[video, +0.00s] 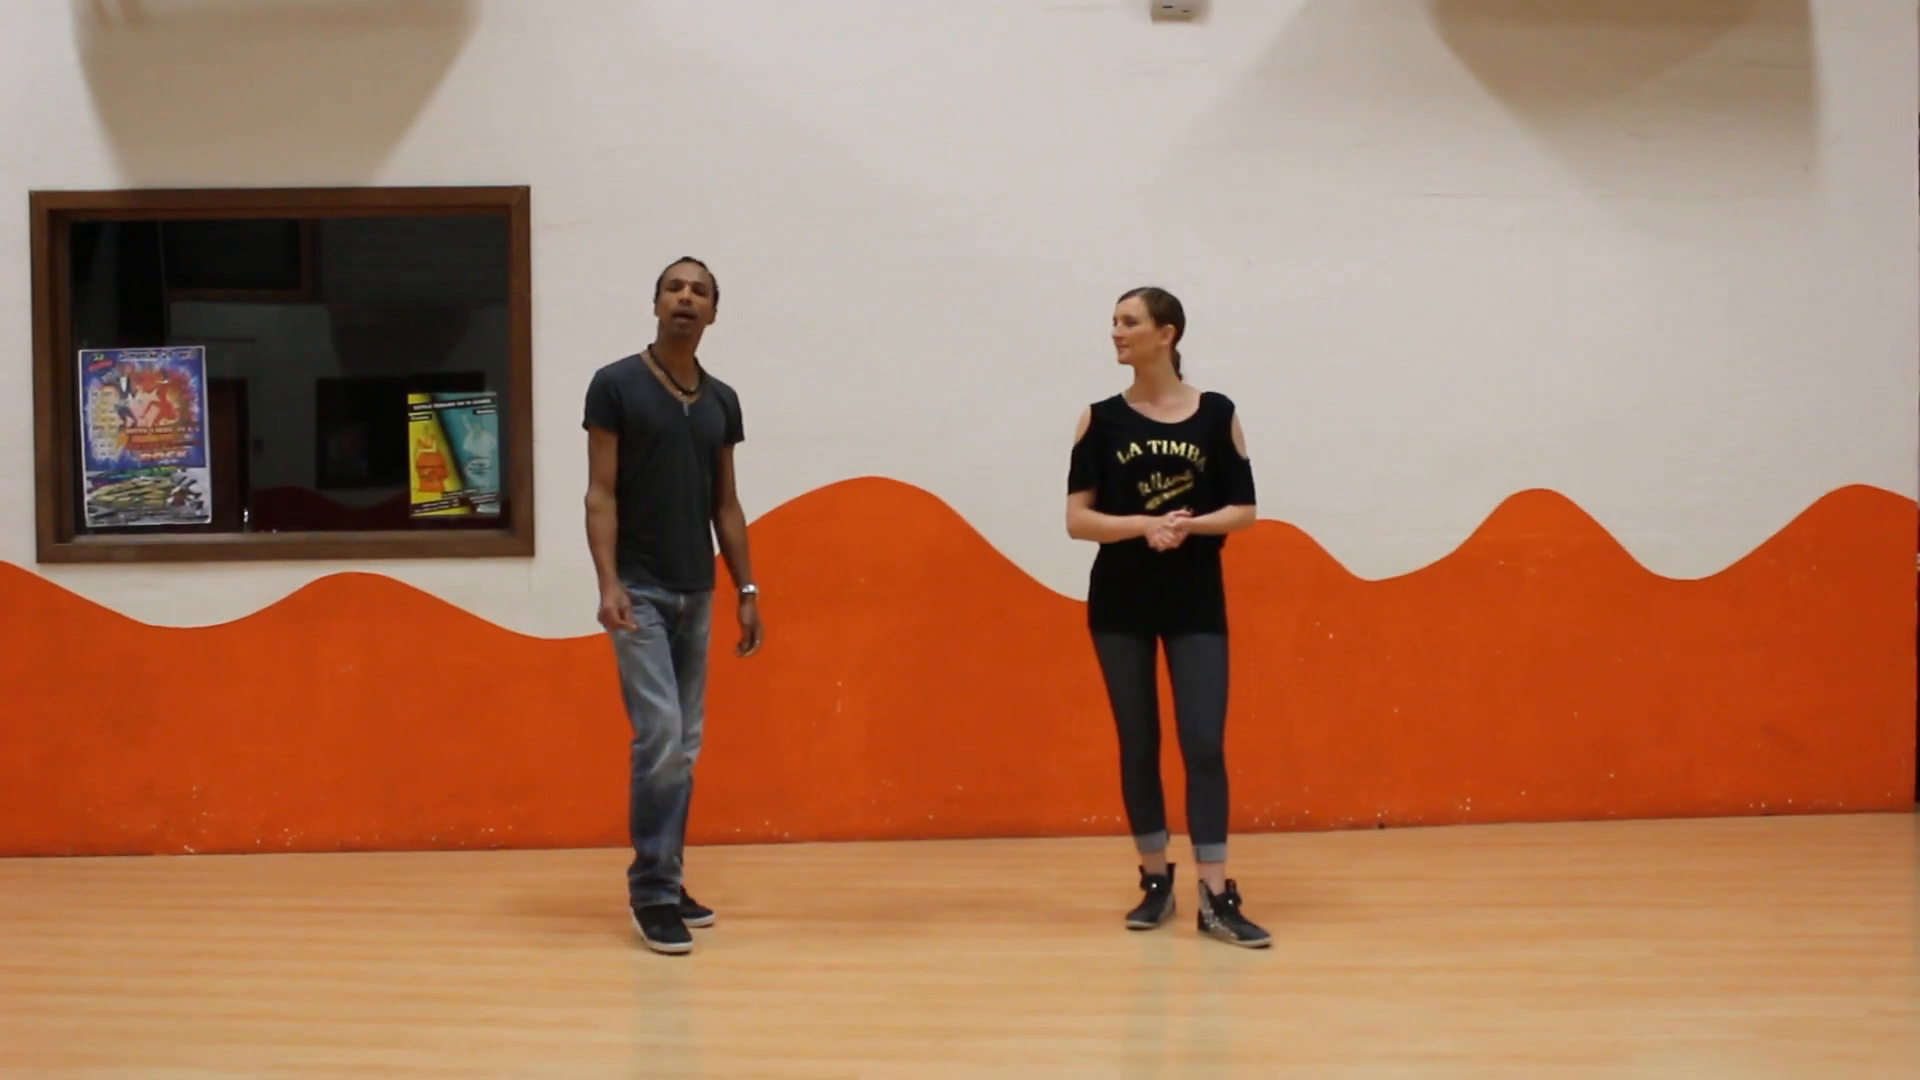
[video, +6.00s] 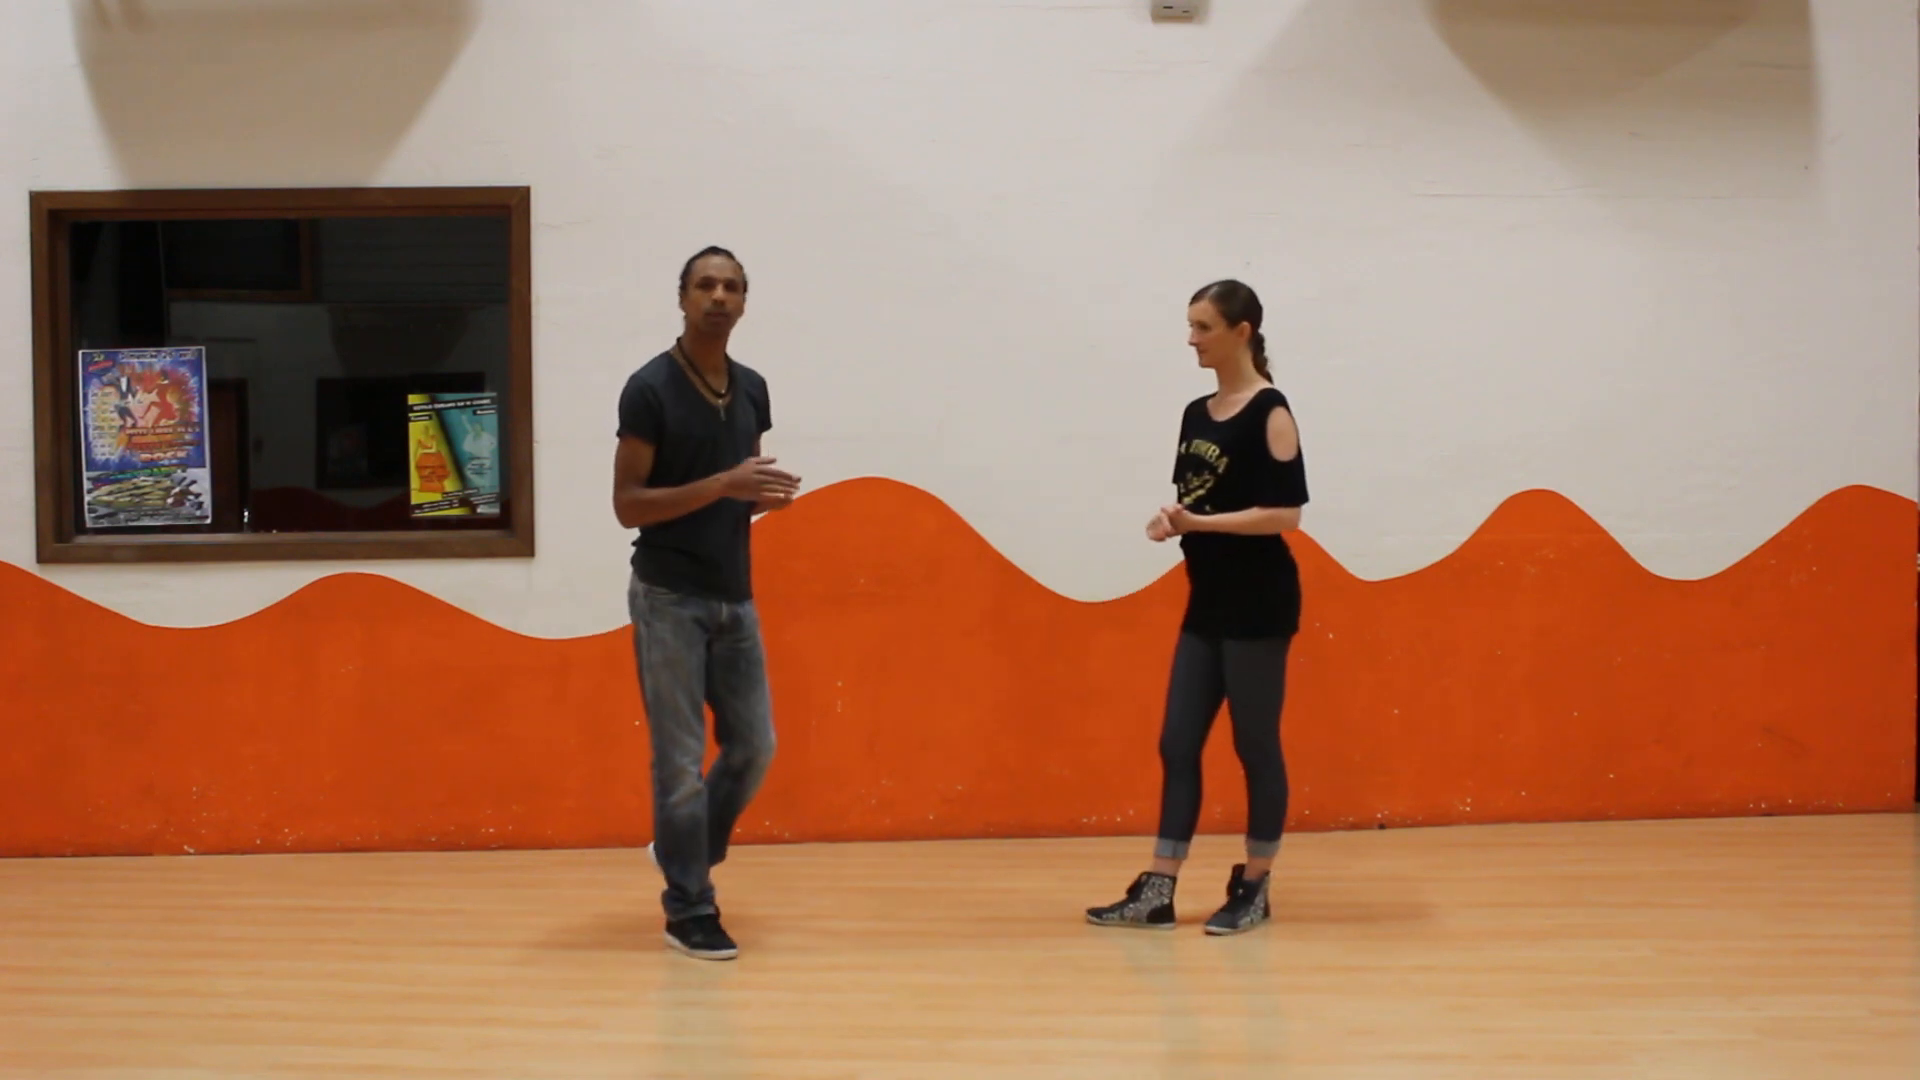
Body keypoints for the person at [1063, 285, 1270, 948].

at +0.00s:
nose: (1116, 333)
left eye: (1129, 322)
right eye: (1115, 323)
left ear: (1168, 333)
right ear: (1121, 336)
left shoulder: (1216, 413)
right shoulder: (1099, 420)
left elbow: (1243, 510)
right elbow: (1078, 519)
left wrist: (1191, 523)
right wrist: (1140, 525)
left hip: (1194, 599)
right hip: (1120, 600)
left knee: (1204, 747)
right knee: (1138, 745)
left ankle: (1216, 896)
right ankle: (1157, 883)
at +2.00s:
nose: (1121, 339)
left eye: (1134, 328)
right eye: (1117, 329)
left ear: (1169, 337)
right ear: (1114, 338)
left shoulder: (1212, 415)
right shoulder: (1096, 423)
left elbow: (1242, 510)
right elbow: (1076, 523)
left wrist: (1197, 524)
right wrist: (1142, 525)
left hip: (1194, 603)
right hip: (1120, 604)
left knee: (1205, 747)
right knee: (1138, 745)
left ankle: (1216, 896)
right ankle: (1157, 883)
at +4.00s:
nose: (1146, 336)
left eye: (1157, 325)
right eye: (1135, 326)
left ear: (1177, 337)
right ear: (1119, 338)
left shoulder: (1212, 413)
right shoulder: (1096, 424)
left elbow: (1244, 508)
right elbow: (1077, 524)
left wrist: (1198, 522)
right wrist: (1139, 521)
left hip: (1195, 602)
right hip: (1120, 604)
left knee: (1207, 747)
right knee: (1139, 746)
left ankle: (1216, 896)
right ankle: (1157, 883)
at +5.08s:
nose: (1137, 324)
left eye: (1150, 317)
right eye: (1140, 314)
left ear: (1186, 332)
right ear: (1171, 332)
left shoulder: (1198, 408)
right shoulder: (1160, 410)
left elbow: (1212, 508)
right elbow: (1170, 502)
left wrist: (1133, 522)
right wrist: (1124, 515)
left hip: (1212, 598)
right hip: (1172, 597)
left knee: (1216, 744)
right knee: (1171, 743)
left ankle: (1248, 884)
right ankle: (1167, 883)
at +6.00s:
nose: (1193, 340)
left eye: (1204, 328)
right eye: (1191, 328)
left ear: (1244, 330)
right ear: (1205, 333)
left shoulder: (1272, 414)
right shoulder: (1197, 413)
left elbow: (1285, 515)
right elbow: (1201, 501)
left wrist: (1198, 522)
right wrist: (1175, 516)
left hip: (1260, 606)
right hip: (1207, 602)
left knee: (1258, 745)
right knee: (1178, 744)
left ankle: (1252, 890)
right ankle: (1158, 890)